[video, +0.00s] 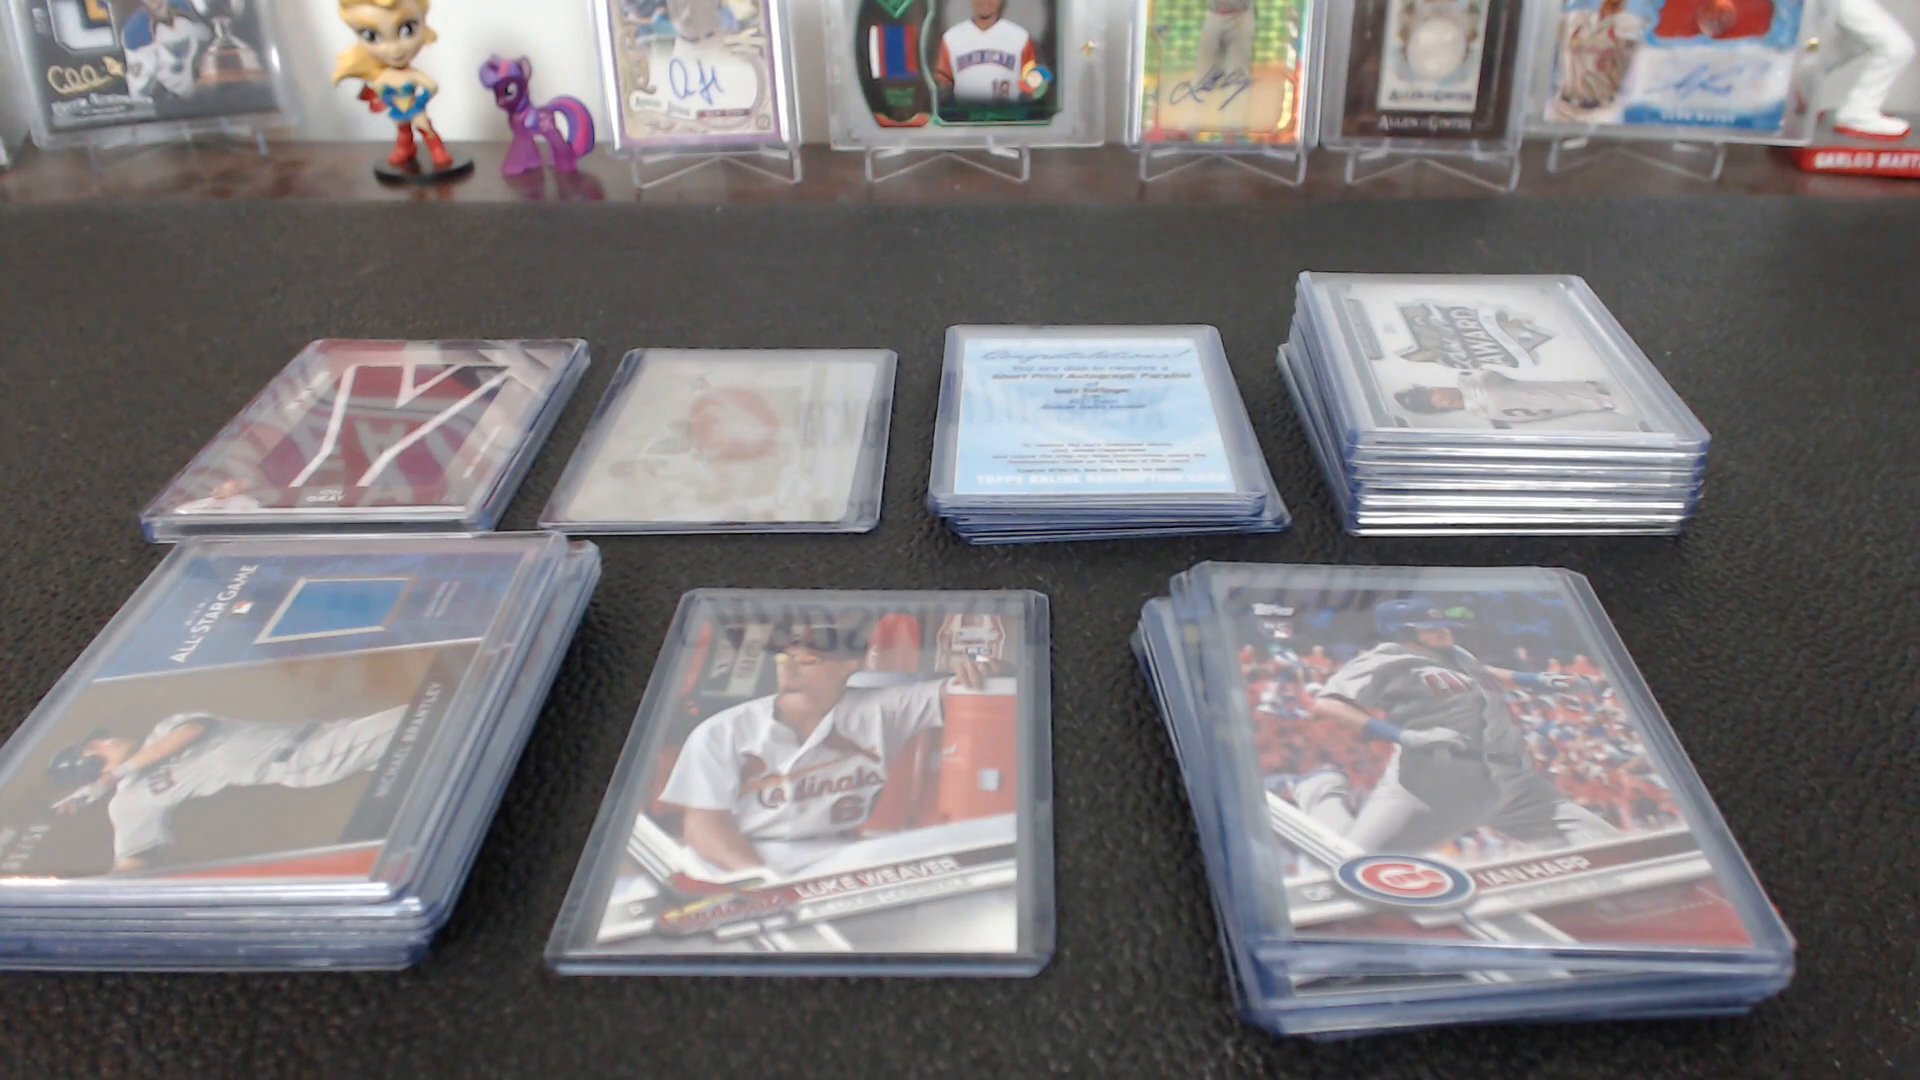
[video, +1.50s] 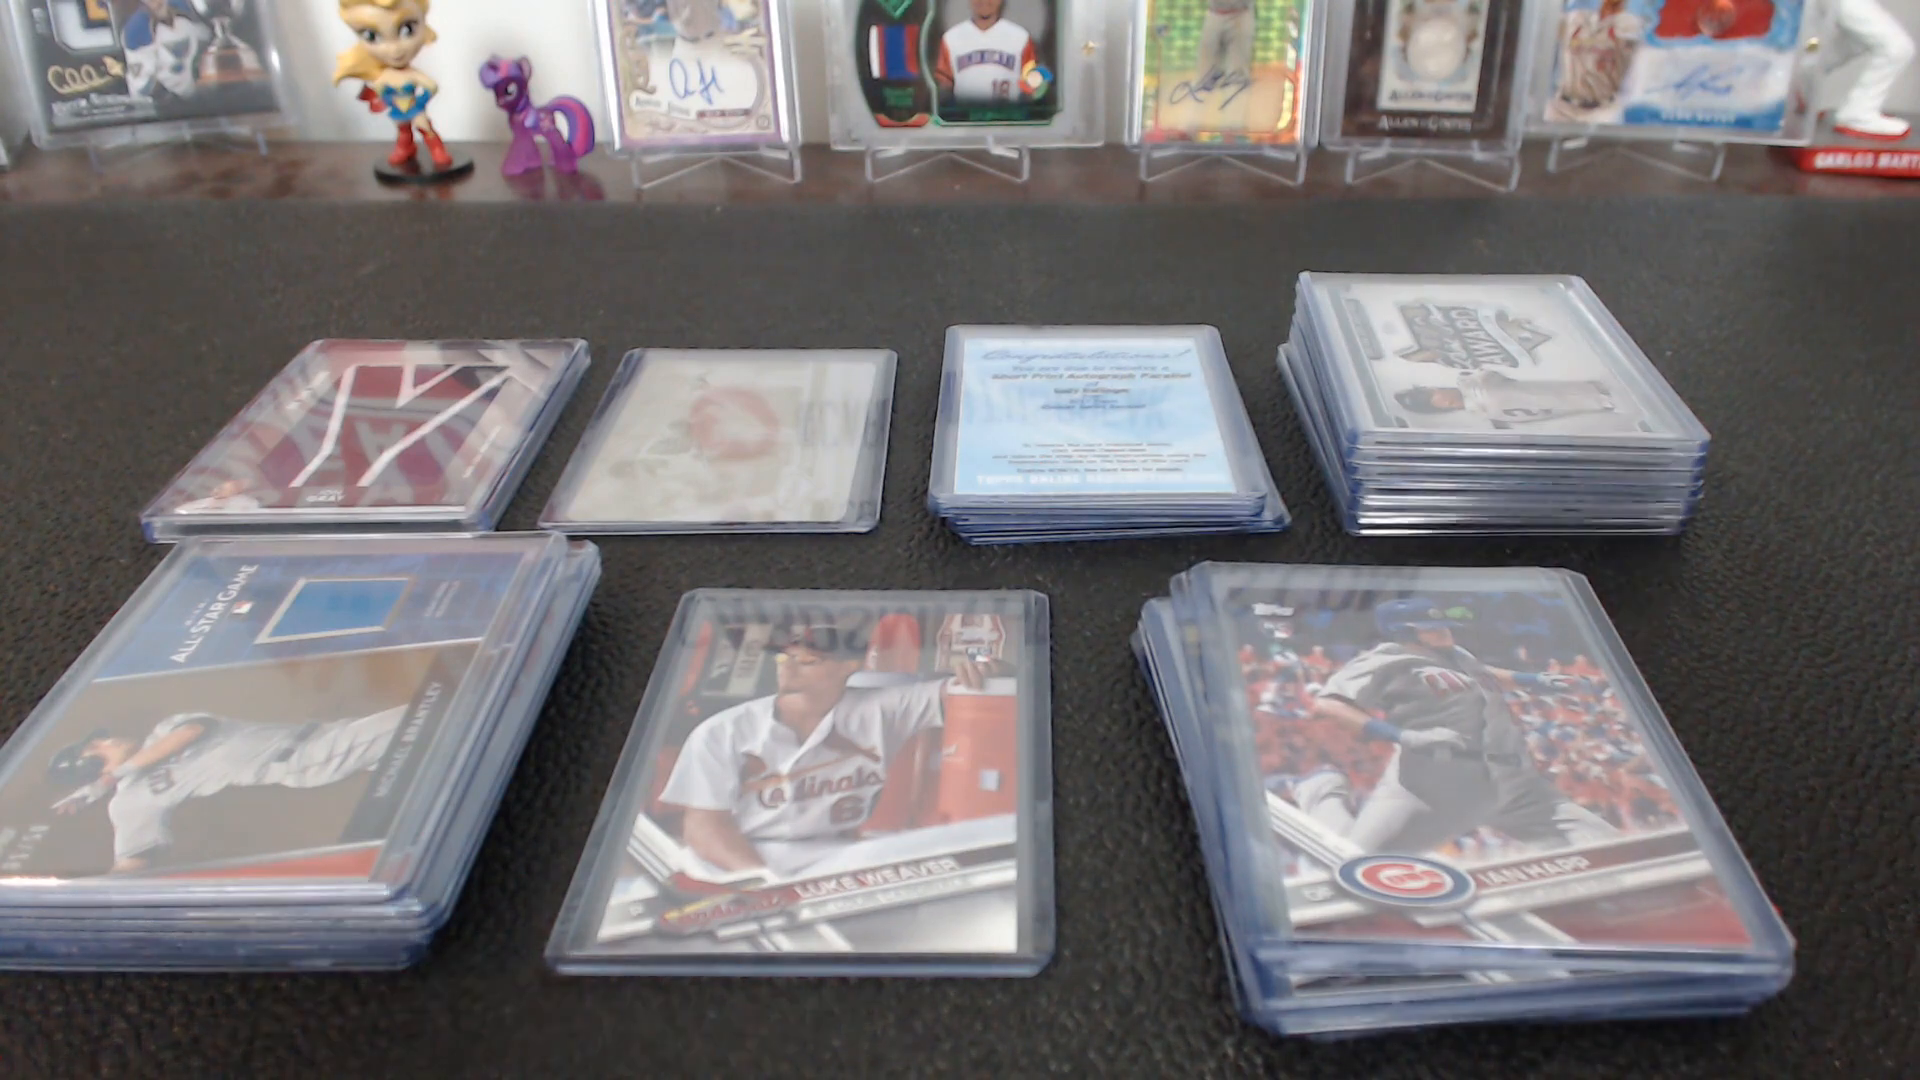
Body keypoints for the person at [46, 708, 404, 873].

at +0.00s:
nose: (111, 740)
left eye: (101, 739)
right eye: (101, 747)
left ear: (108, 742)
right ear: (100, 771)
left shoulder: (161, 729)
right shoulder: (131, 799)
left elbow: (193, 732)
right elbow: (129, 871)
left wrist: (119, 773)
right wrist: (82, 899)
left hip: (312, 733)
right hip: (299, 760)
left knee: (416, 722)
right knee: (414, 718)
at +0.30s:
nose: (112, 740)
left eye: (102, 740)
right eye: (102, 746)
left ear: (108, 742)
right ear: (101, 769)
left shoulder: (161, 729)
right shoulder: (132, 798)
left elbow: (191, 733)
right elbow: (130, 869)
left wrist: (114, 777)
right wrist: (78, 895)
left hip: (312, 732)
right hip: (300, 760)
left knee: (417, 722)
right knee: (414, 718)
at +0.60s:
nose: (113, 741)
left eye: (102, 741)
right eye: (103, 747)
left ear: (108, 741)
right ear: (101, 768)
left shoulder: (163, 727)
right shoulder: (131, 798)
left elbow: (192, 733)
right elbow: (129, 870)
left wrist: (114, 777)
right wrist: (87, 902)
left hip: (313, 732)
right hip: (300, 760)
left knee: (418, 719)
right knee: (416, 717)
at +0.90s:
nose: (112, 741)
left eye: (102, 740)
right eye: (103, 747)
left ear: (109, 741)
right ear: (101, 769)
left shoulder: (161, 729)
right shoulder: (131, 798)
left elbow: (192, 733)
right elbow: (130, 869)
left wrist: (115, 776)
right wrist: (87, 901)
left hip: (312, 732)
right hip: (300, 760)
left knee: (417, 721)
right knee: (415, 717)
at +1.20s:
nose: (112, 740)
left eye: (102, 740)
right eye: (102, 746)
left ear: (109, 742)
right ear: (101, 769)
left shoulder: (161, 728)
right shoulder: (131, 798)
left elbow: (192, 733)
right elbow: (130, 869)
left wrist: (114, 777)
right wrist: (88, 902)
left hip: (313, 732)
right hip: (301, 760)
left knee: (418, 720)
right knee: (416, 717)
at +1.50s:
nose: (112, 741)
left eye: (101, 741)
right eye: (102, 747)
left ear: (107, 742)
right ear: (101, 769)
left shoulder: (162, 728)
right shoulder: (131, 798)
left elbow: (193, 732)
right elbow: (130, 869)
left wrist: (114, 777)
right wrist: (89, 902)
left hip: (314, 732)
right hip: (301, 760)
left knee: (419, 719)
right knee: (417, 717)